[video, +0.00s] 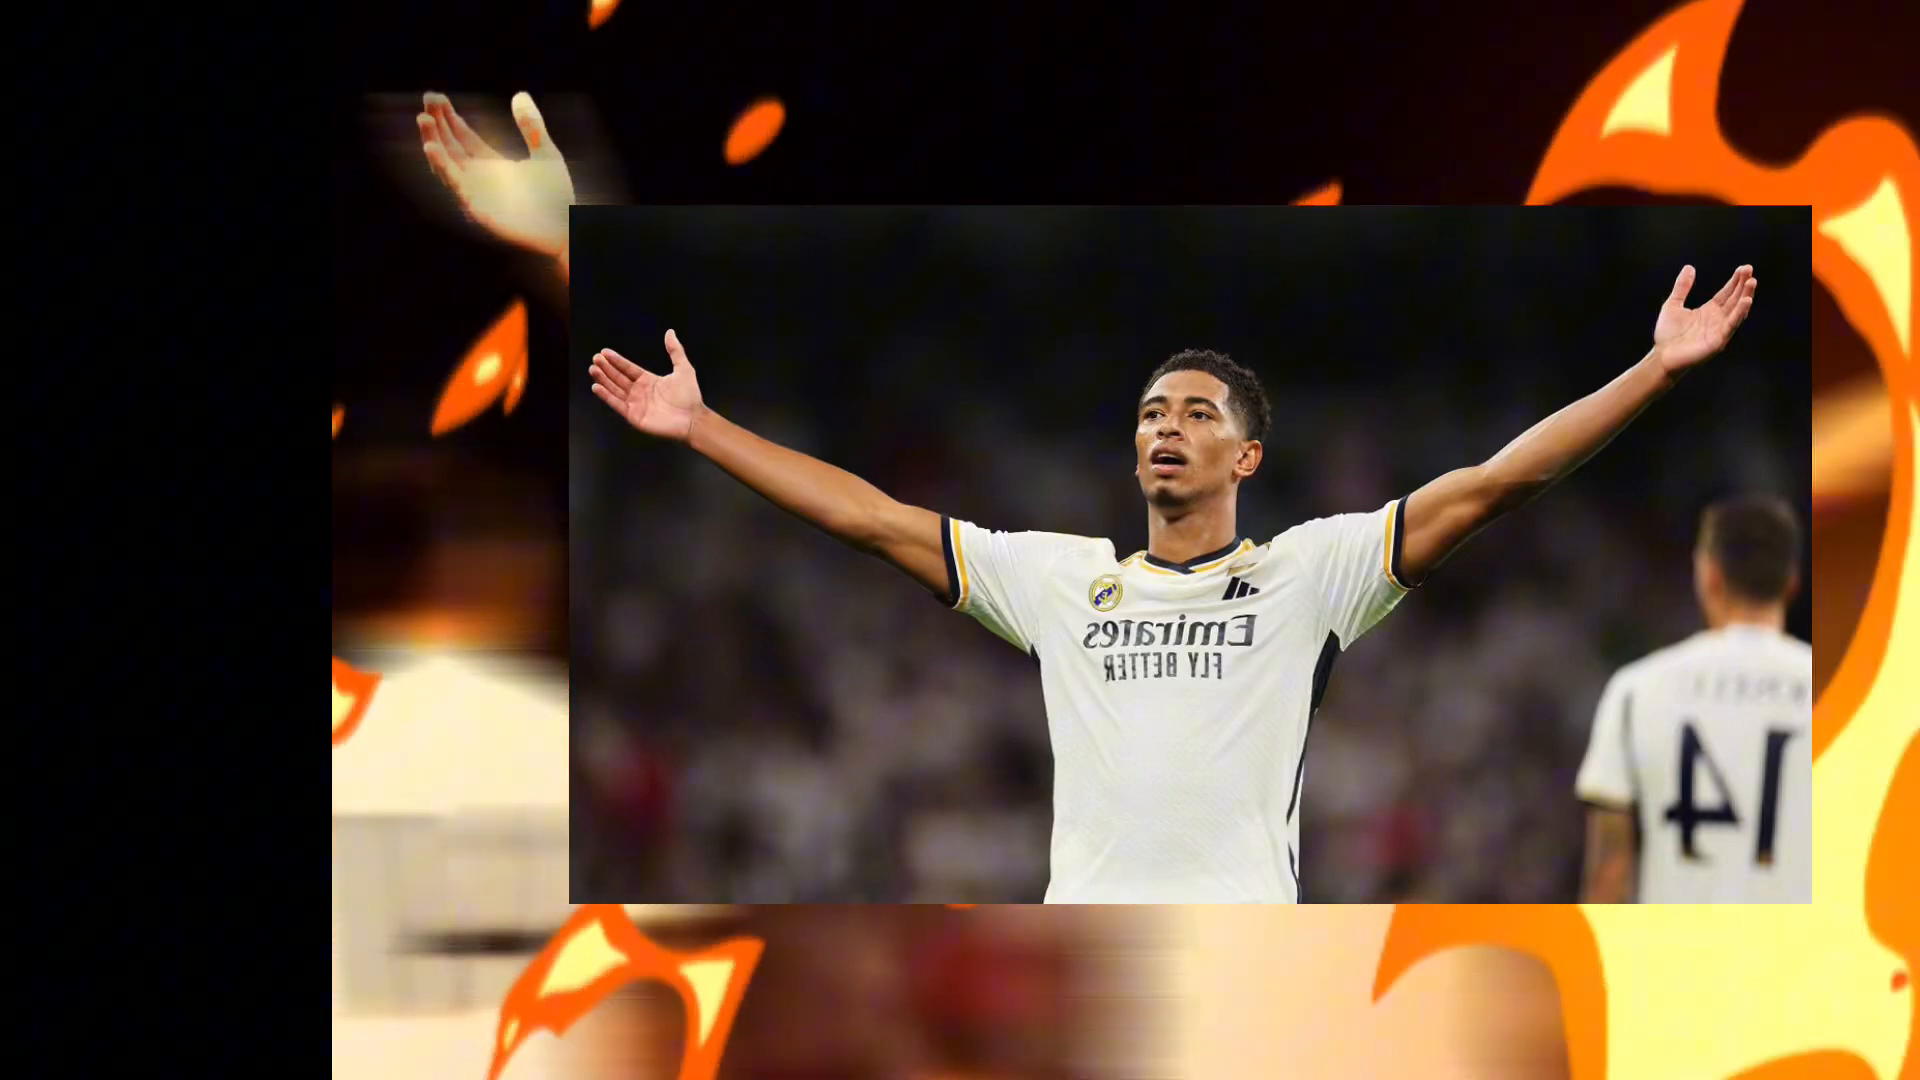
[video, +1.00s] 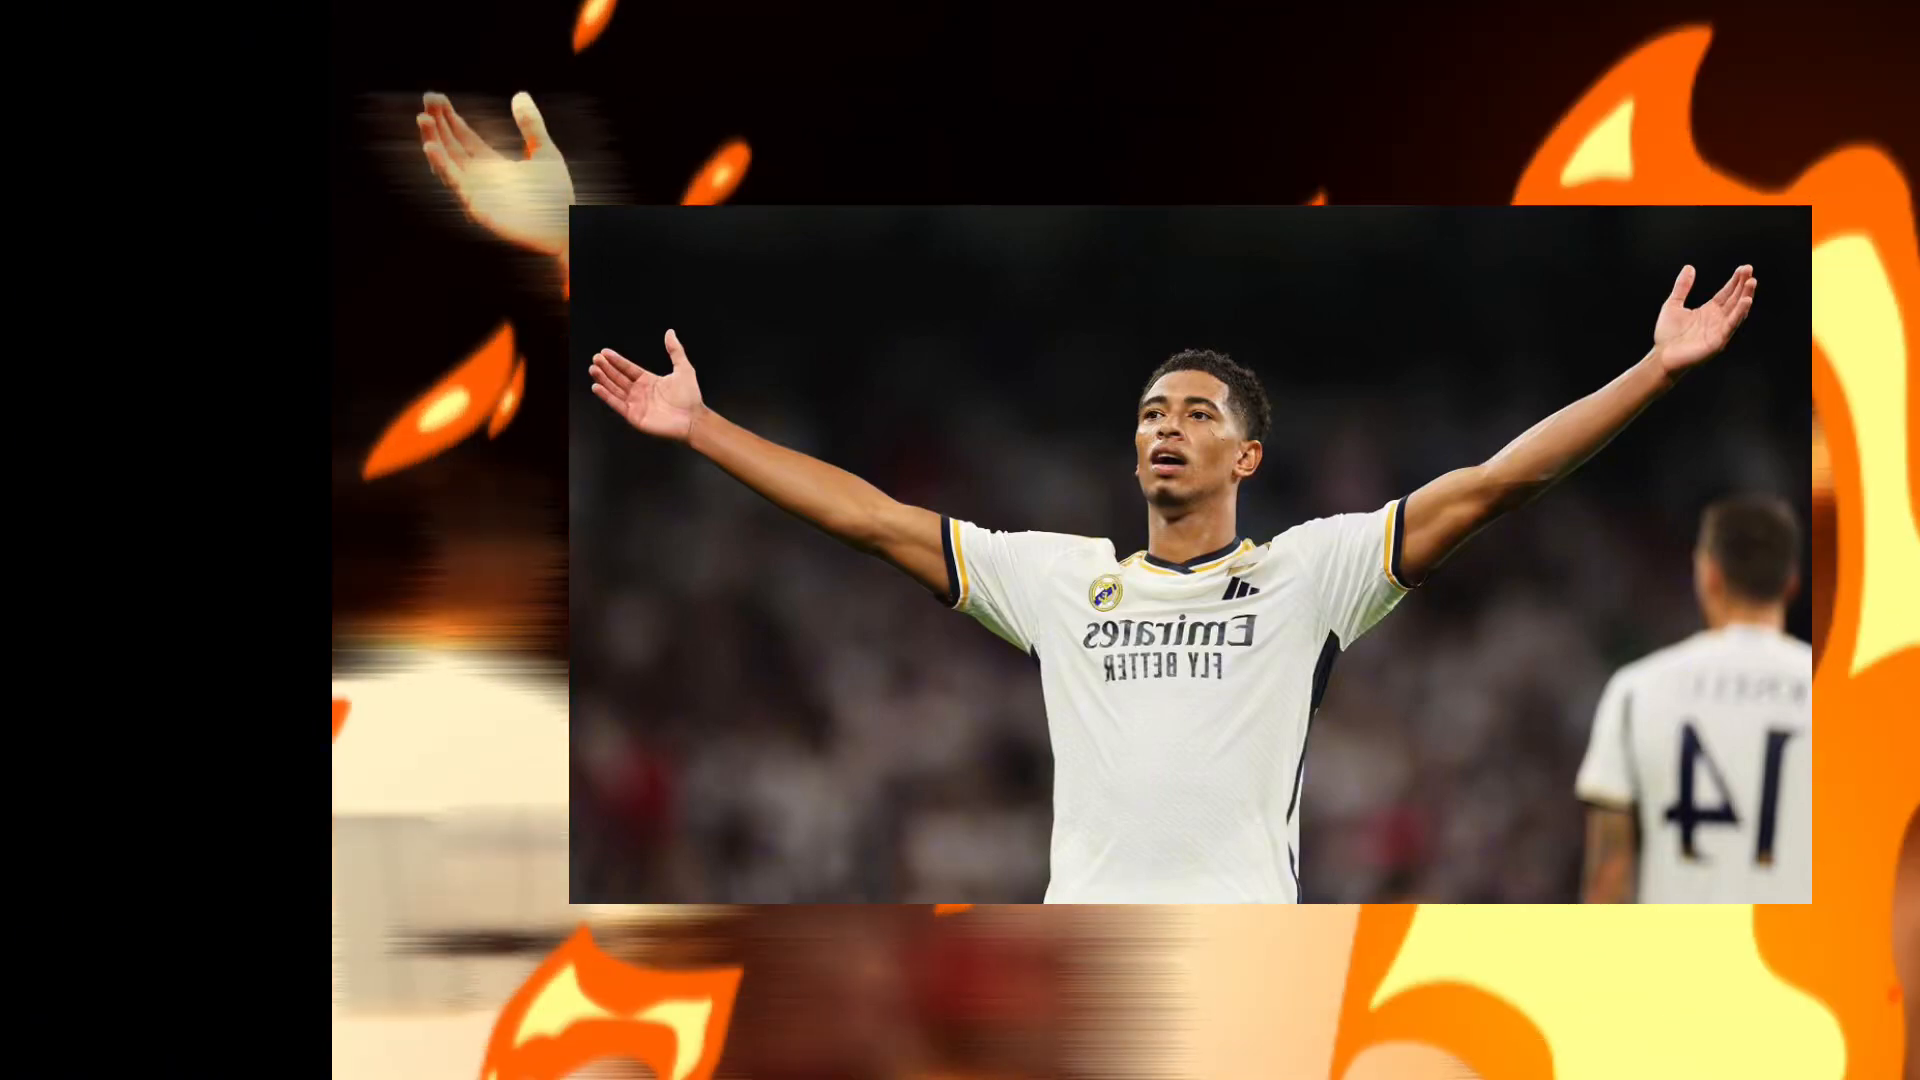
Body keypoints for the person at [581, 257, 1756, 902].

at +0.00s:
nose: (1169, 428)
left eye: (1199, 414)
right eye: (1155, 414)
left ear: (1248, 454)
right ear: (1134, 452)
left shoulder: (1306, 571)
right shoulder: (1059, 581)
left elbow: (1490, 484)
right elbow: (877, 518)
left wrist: (1654, 368)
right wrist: (701, 428)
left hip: (1248, 941)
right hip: (1087, 938)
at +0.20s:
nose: (1172, 429)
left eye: (1200, 416)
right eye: (1157, 415)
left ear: (1248, 454)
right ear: (1134, 452)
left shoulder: (1308, 570)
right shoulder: (1058, 576)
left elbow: (1492, 483)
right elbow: (875, 517)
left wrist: (1656, 365)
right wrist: (698, 426)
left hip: (1249, 940)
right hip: (1087, 936)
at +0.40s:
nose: (1167, 431)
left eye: (1198, 417)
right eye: (1153, 416)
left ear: (1248, 457)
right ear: (1133, 452)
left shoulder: (1308, 570)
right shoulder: (1058, 578)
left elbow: (1488, 485)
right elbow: (878, 519)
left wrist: (1654, 369)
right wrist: (699, 427)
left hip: (1246, 945)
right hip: (1085, 946)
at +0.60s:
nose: (1166, 428)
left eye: (1198, 414)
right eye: (1153, 414)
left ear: (1247, 455)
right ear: (1133, 451)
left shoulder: (1306, 570)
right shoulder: (1058, 580)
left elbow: (1492, 482)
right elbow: (877, 518)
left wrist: (1657, 367)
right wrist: (699, 426)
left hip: (1247, 944)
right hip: (1088, 945)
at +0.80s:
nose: (1171, 429)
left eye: (1200, 415)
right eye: (1156, 415)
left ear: (1248, 453)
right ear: (1134, 451)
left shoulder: (1308, 570)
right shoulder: (1058, 577)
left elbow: (1492, 483)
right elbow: (875, 517)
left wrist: (1656, 366)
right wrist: (698, 427)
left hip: (1246, 939)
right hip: (1085, 937)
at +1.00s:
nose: (1165, 436)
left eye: (1192, 420)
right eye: (1153, 420)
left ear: (1250, 455)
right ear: (1135, 452)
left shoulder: (1310, 569)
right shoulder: (1066, 577)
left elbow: (1496, 480)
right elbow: (880, 519)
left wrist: (1659, 366)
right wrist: (701, 425)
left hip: (1250, 942)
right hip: (1082, 937)